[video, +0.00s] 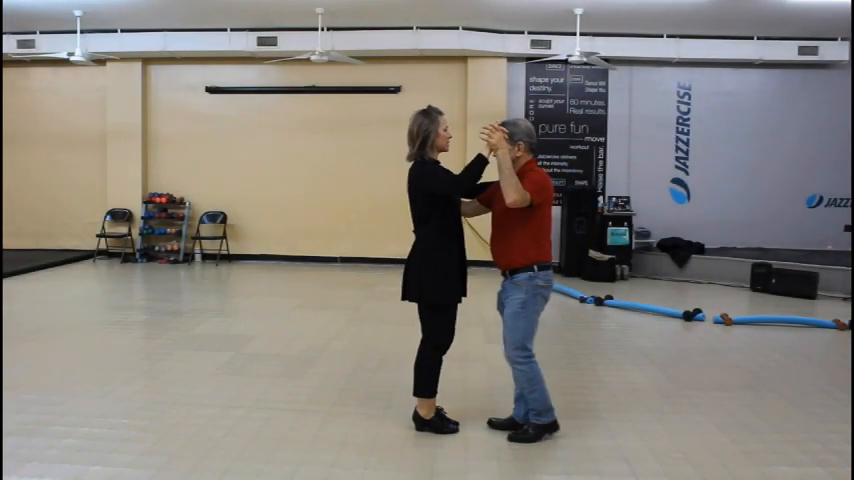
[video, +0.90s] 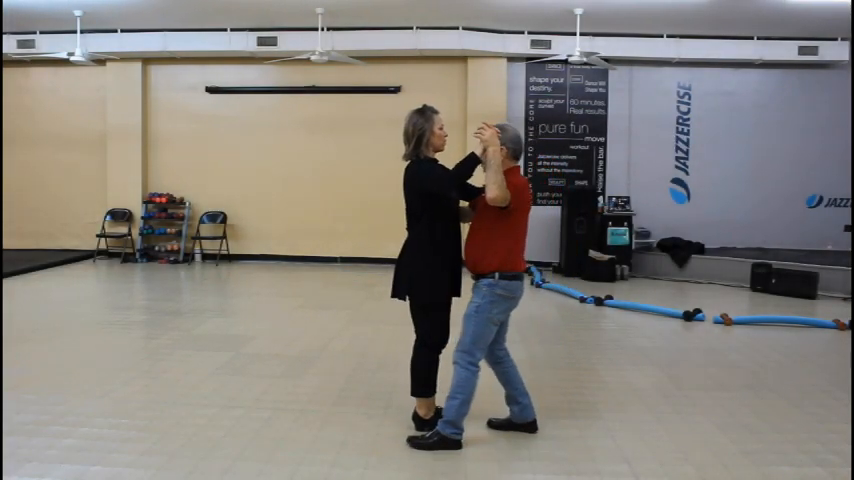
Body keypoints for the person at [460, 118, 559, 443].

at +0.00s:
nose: (496, 150)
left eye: (502, 145)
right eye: (496, 144)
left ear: (520, 148)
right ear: (515, 148)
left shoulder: (537, 178)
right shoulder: (504, 184)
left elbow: (514, 198)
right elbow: (468, 207)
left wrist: (502, 154)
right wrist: (435, 196)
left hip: (532, 278)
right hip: (513, 277)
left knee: (518, 350)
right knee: (515, 351)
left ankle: (544, 419)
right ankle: (523, 416)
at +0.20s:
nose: (492, 151)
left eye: (497, 145)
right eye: (491, 145)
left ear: (516, 148)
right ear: (512, 148)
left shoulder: (533, 178)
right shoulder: (501, 183)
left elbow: (509, 197)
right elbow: (466, 209)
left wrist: (499, 156)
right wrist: (433, 199)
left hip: (523, 276)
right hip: (507, 276)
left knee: (496, 347)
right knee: (514, 347)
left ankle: (518, 418)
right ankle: (525, 416)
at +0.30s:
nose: (491, 152)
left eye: (495, 146)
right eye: (489, 146)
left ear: (513, 148)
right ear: (509, 149)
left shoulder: (530, 179)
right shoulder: (499, 184)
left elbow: (506, 198)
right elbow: (463, 208)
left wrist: (497, 156)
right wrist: (432, 195)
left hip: (518, 277)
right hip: (504, 276)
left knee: (489, 349)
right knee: (512, 348)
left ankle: (489, 426)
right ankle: (525, 417)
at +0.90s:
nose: (481, 150)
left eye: (487, 145)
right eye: (483, 145)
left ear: (503, 151)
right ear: (503, 152)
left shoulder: (517, 181)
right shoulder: (496, 183)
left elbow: (496, 198)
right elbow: (466, 213)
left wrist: (491, 156)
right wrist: (432, 208)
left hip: (498, 282)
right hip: (496, 280)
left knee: (466, 356)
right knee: (495, 351)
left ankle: (449, 430)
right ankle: (523, 416)